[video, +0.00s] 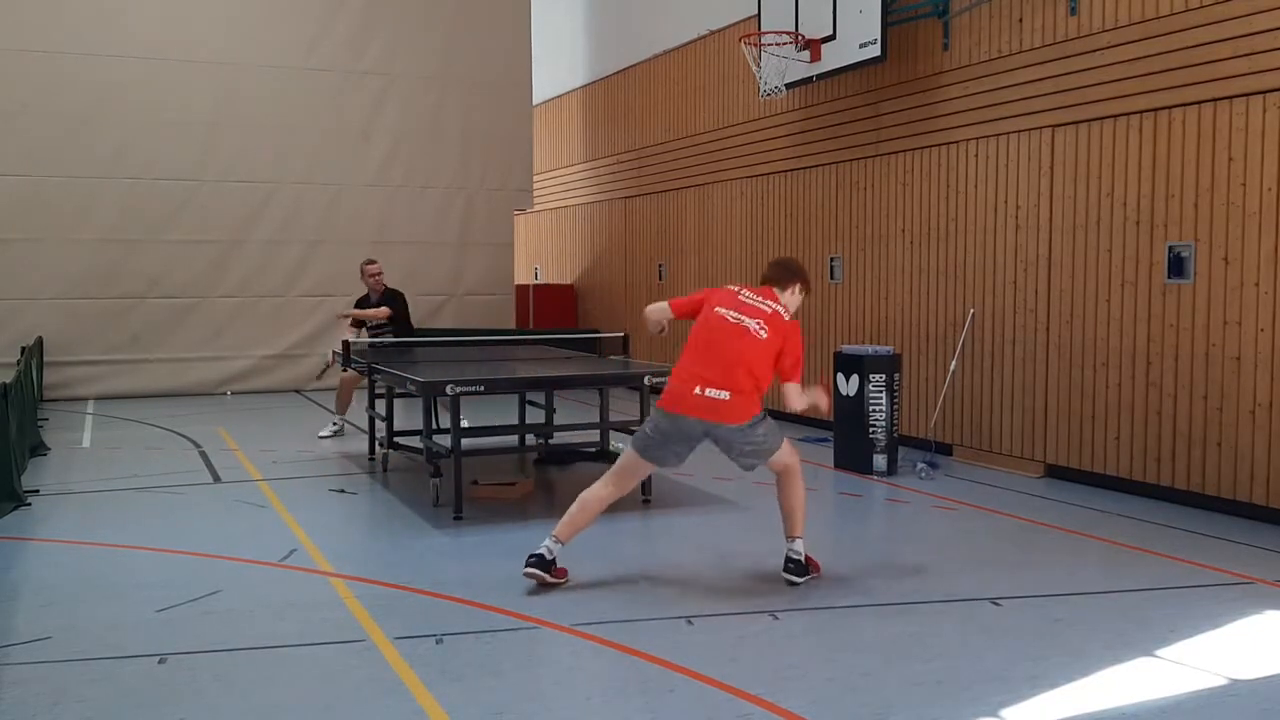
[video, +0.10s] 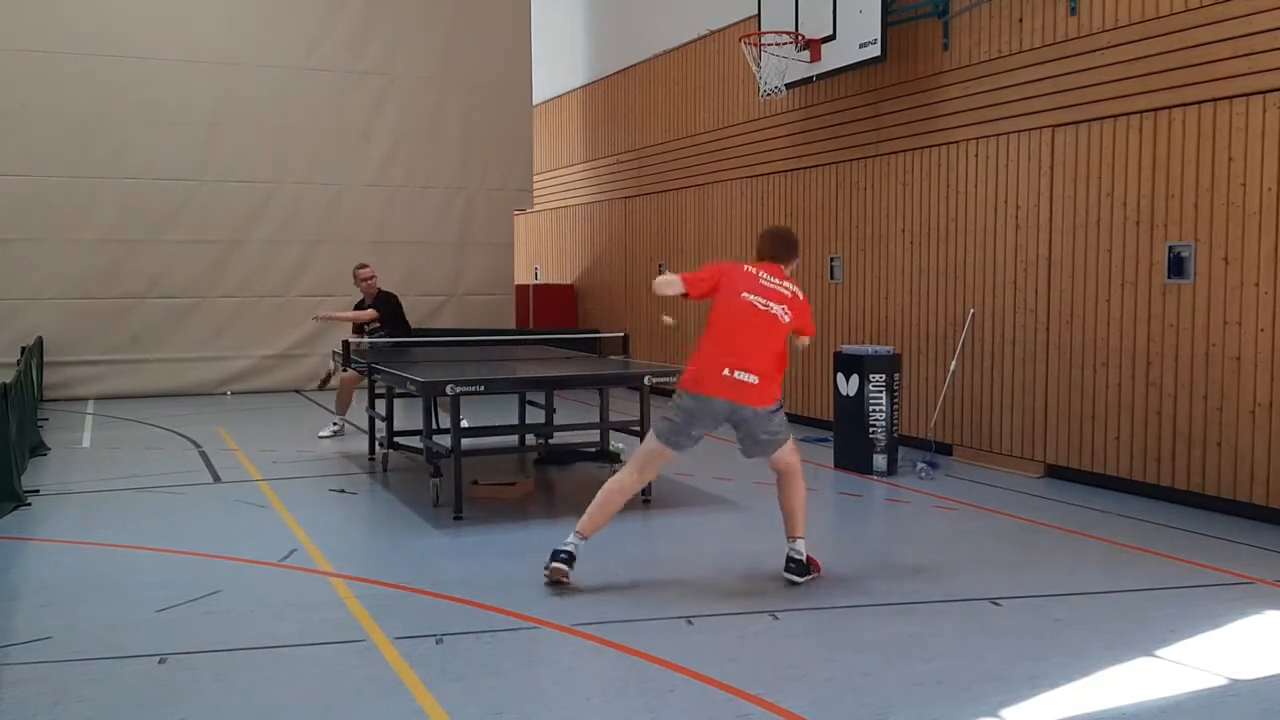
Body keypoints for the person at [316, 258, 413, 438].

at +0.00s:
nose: (377, 279)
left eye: (380, 274)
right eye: (372, 276)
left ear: (384, 275)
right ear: (363, 280)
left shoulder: (396, 296)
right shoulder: (362, 303)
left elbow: (382, 314)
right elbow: (353, 331)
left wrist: (352, 314)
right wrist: (343, 351)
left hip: (403, 354)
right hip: (376, 355)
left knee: (432, 380)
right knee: (346, 379)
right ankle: (338, 422)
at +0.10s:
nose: (370, 282)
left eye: (372, 278)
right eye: (364, 280)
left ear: (377, 278)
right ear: (356, 284)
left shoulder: (389, 299)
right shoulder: (359, 308)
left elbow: (369, 316)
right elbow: (356, 340)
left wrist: (333, 316)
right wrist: (342, 361)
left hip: (403, 356)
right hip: (376, 357)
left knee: (433, 384)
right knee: (346, 379)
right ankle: (338, 423)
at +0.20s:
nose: (366, 285)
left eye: (368, 281)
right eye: (361, 283)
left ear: (373, 281)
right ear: (353, 288)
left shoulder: (384, 300)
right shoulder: (359, 310)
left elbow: (360, 317)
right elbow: (360, 344)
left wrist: (322, 318)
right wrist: (346, 367)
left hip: (400, 355)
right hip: (377, 355)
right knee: (347, 380)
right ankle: (339, 424)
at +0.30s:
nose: (361, 287)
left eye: (363, 283)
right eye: (356, 285)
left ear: (368, 283)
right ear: (348, 290)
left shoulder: (377, 302)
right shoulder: (360, 309)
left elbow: (345, 317)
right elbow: (370, 339)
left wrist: (311, 316)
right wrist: (368, 356)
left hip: (403, 356)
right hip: (380, 357)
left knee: (429, 387)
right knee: (347, 379)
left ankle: (457, 422)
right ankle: (339, 423)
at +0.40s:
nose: (347, 288)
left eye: (350, 283)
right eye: (343, 285)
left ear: (357, 282)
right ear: (338, 289)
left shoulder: (361, 300)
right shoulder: (359, 302)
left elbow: (328, 313)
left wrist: (294, 311)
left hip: (397, 355)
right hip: (377, 355)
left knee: (428, 386)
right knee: (343, 378)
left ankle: (458, 422)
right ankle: (337, 422)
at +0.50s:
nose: (333, 282)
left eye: (336, 277)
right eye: (328, 280)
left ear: (344, 275)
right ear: (325, 283)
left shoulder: (349, 294)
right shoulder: (351, 294)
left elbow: (329, 316)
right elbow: (370, 322)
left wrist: (294, 318)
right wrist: (356, 344)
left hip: (382, 352)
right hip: (375, 351)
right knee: (333, 377)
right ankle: (336, 422)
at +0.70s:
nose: (331, 258)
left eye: (335, 254)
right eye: (327, 255)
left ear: (345, 255)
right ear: (324, 259)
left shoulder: (363, 280)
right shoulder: (319, 281)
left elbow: (387, 303)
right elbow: (298, 294)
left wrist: (367, 304)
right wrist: (292, 276)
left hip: (362, 339)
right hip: (332, 340)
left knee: (391, 368)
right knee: (309, 382)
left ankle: (417, 399)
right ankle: (327, 417)